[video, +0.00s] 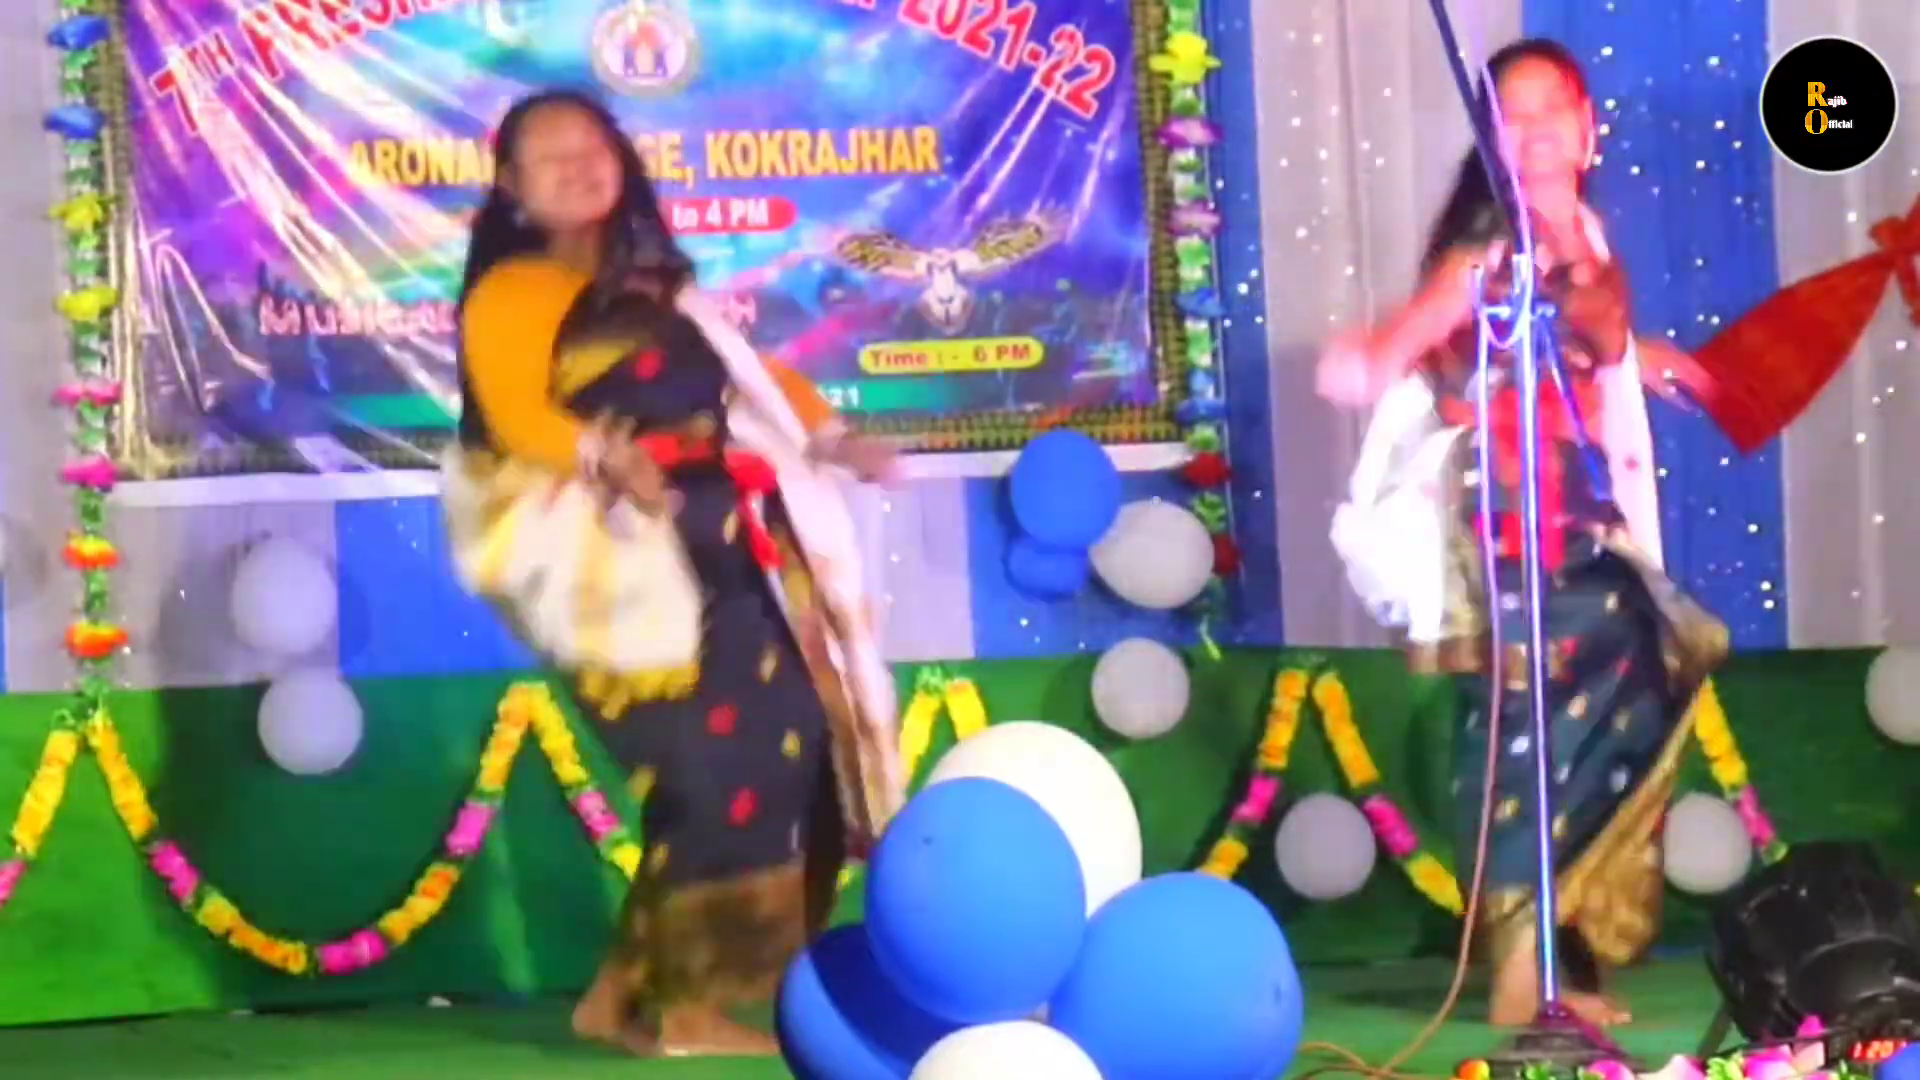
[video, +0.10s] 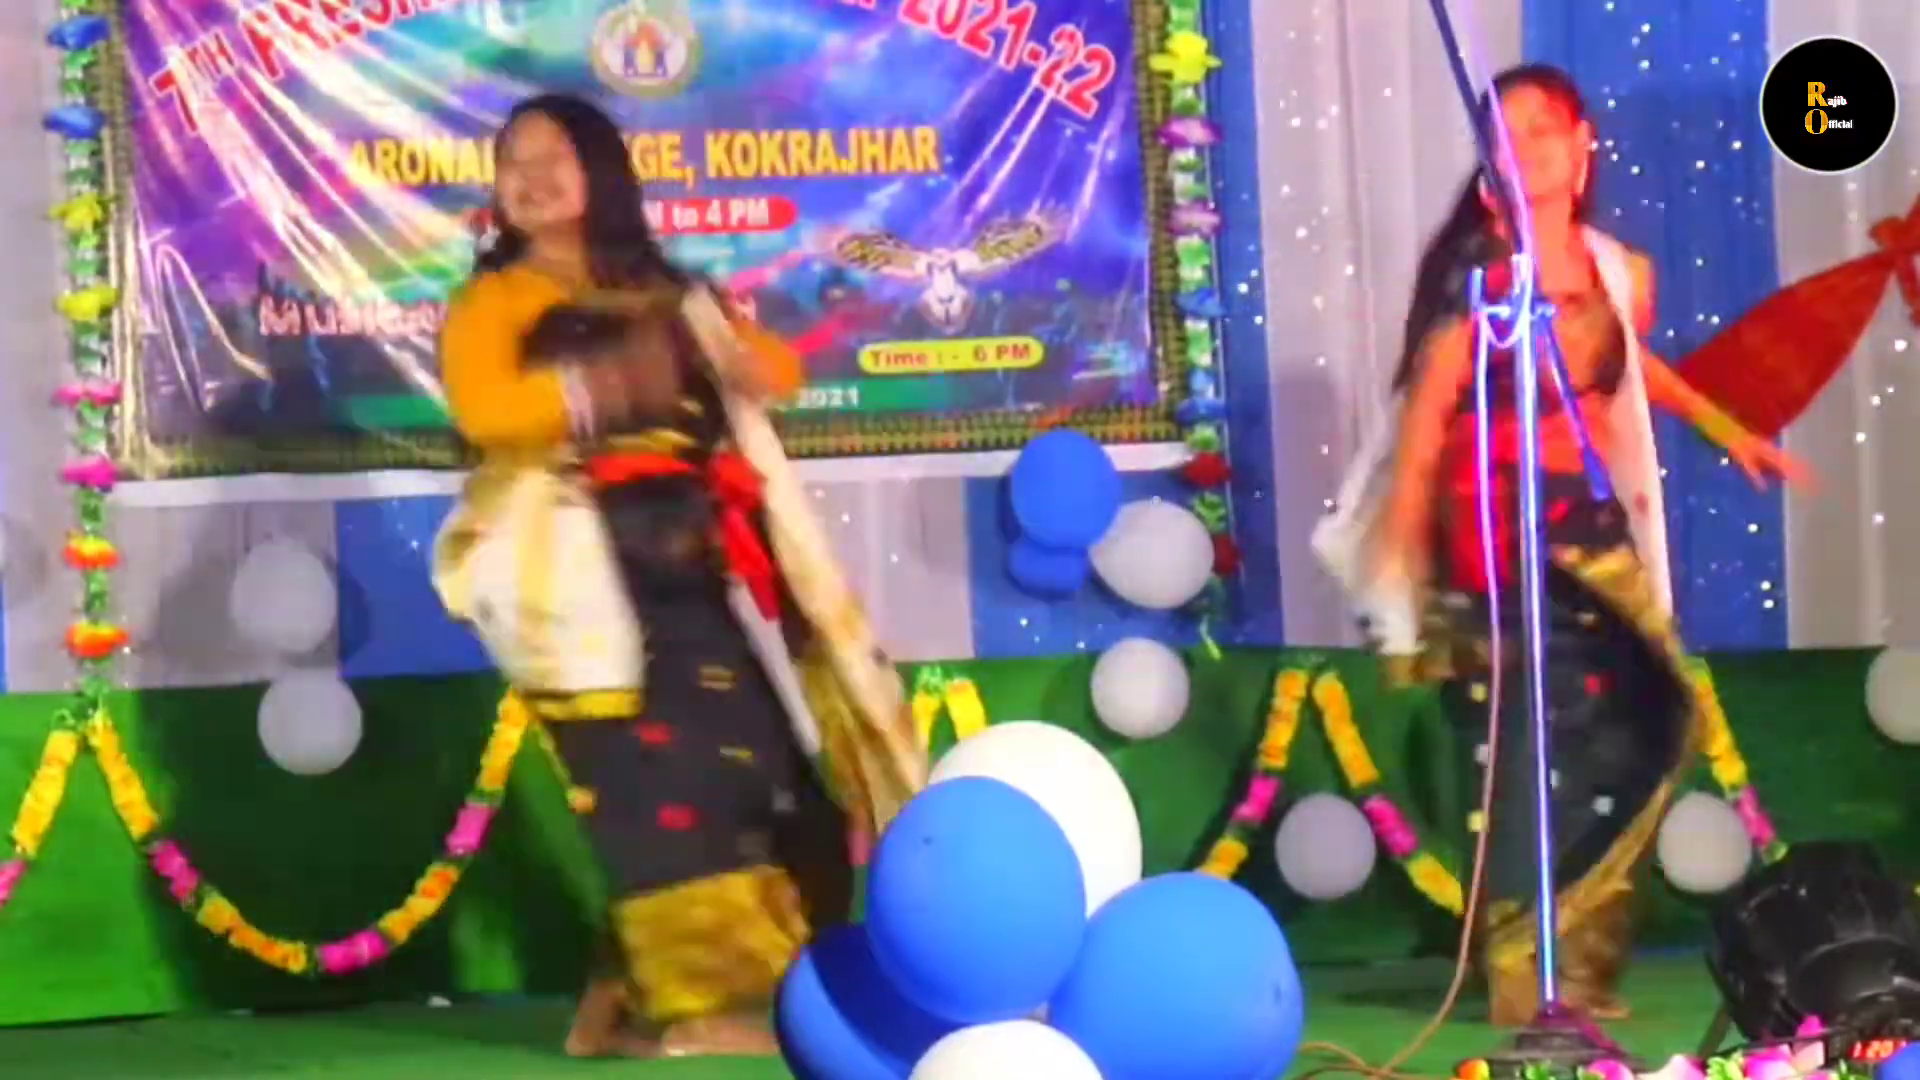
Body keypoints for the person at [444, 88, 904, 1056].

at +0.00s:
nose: (578, 174)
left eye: (592, 154)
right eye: (553, 162)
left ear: (623, 168)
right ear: (513, 186)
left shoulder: (649, 284)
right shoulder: (509, 295)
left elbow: (745, 374)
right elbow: (513, 419)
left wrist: (830, 435)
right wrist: (607, 455)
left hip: (711, 540)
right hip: (615, 553)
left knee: (769, 740)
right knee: (724, 749)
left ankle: (625, 988)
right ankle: (694, 1009)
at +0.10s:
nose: (535, 179)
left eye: (554, 160)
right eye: (516, 165)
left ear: (602, 171)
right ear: (498, 189)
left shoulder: (670, 291)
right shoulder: (495, 299)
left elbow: (780, 372)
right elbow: (485, 409)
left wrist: (726, 351)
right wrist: (623, 382)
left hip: (695, 557)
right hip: (579, 569)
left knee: (749, 751)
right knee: (652, 766)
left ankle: (625, 991)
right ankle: (705, 1007)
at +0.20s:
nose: (510, 129)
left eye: (529, 109)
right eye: (501, 111)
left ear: (582, 118)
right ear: (489, 127)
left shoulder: (638, 235)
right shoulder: (473, 257)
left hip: (630, 510)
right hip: (524, 521)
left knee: (647, 721)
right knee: (558, 728)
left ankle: (616, 969)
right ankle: (594, 977)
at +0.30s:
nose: (491, 104)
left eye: (508, 84)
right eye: (485, 86)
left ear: (563, 89)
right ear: (476, 97)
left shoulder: (638, 191)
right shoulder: (459, 215)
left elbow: (642, 234)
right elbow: (368, 289)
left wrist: (534, 182)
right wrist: (456, 193)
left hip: (606, 490)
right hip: (481, 494)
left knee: (633, 721)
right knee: (481, 712)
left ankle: (650, 975)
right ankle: (466, 944)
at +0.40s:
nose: (451, 129)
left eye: (467, 108)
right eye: (450, 110)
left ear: (526, 112)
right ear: (483, 117)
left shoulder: (604, 224)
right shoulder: (445, 244)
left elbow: (571, 343)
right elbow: (338, 374)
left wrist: (468, 305)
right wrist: (394, 265)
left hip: (551, 511)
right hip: (427, 517)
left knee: (579, 750)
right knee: (381, 747)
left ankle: (649, 978)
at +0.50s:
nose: (430, 175)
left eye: (447, 154)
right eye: (430, 158)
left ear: (507, 157)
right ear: (456, 168)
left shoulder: (573, 279)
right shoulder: (426, 295)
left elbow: (526, 406)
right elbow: (355, 403)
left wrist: (427, 453)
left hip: (511, 577)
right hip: (393, 579)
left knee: (542, 793)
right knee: (353, 786)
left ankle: (649, 993)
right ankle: (322, 1025)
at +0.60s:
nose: (407, 190)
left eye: (428, 171)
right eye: (404, 172)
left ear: (484, 183)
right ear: (404, 188)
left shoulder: (528, 294)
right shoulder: (402, 321)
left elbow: (546, 414)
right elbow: (316, 418)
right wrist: (225, 488)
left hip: (471, 571)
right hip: (362, 574)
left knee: (544, 786)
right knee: (338, 794)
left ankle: (631, 999)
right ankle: (321, 1033)